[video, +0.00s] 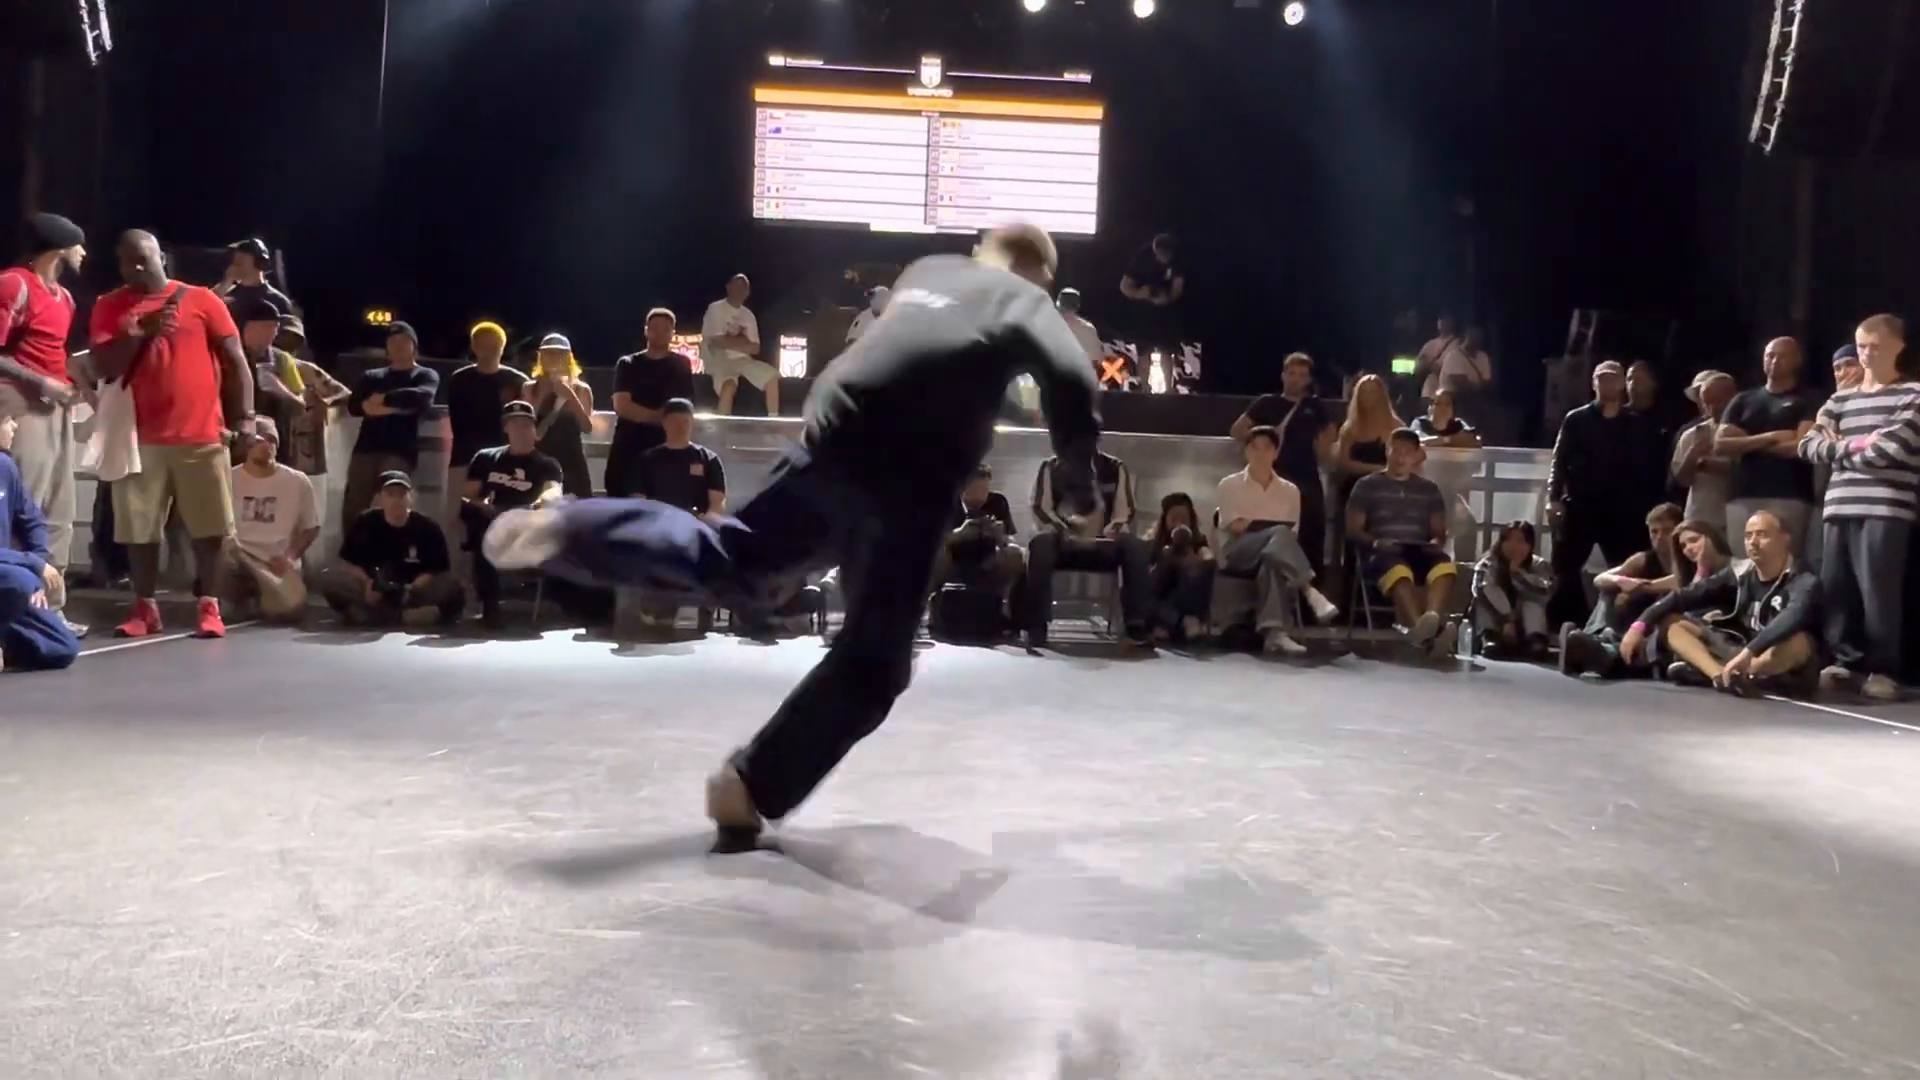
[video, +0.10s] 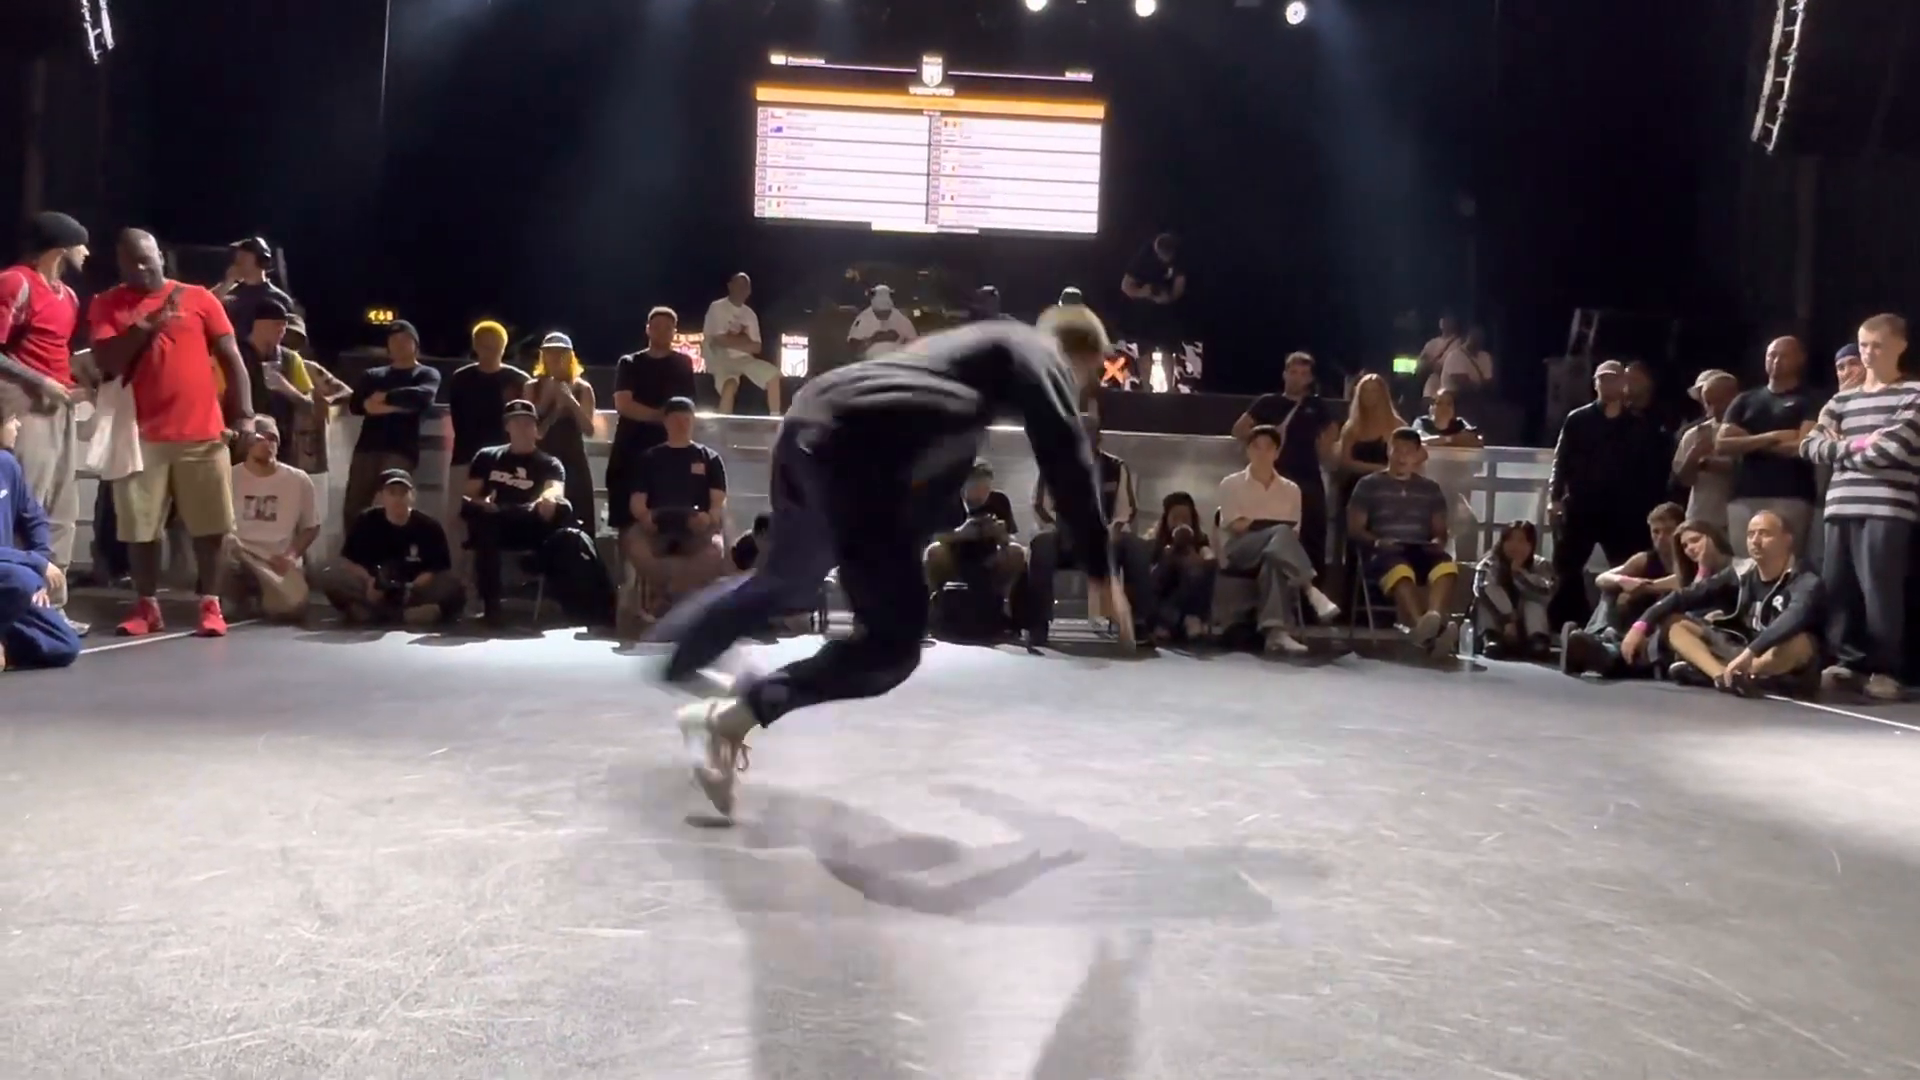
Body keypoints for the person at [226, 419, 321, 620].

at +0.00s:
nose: (267, 445)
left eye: (272, 439)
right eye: (260, 439)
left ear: (277, 444)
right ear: (245, 443)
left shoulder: (298, 481)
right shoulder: (228, 478)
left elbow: (311, 526)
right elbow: (217, 518)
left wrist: (288, 557)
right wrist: (226, 542)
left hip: (277, 562)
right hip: (238, 557)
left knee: (290, 607)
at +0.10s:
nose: (268, 444)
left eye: (273, 438)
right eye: (261, 437)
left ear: (278, 444)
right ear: (246, 441)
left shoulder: (299, 480)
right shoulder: (229, 477)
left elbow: (311, 526)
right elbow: (218, 521)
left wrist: (291, 556)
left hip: (278, 561)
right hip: (239, 555)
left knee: (292, 604)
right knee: (226, 542)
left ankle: (252, 602)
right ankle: (219, 604)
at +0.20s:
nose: (268, 443)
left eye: (273, 437)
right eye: (261, 437)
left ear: (278, 442)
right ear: (248, 441)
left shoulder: (299, 478)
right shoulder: (230, 475)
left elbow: (311, 525)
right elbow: (219, 518)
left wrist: (291, 554)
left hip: (279, 559)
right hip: (240, 553)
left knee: (292, 603)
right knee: (227, 540)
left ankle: (251, 600)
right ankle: (219, 604)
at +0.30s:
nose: (269, 441)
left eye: (274, 435)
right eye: (262, 435)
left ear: (279, 441)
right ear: (248, 440)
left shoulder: (300, 477)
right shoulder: (230, 474)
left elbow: (312, 522)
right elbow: (217, 515)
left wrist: (293, 552)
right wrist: (226, 537)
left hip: (279, 557)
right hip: (240, 551)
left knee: (294, 601)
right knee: (226, 539)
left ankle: (254, 598)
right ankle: (225, 601)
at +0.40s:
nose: (269, 440)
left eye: (274, 435)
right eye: (262, 434)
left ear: (280, 440)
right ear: (249, 440)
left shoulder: (301, 476)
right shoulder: (230, 473)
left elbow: (313, 522)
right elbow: (215, 511)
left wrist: (294, 551)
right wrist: (226, 534)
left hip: (279, 556)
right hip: (240, 551)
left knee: (295, 601)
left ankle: (254, 598)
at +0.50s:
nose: (270, 440)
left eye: (275, 434)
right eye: (263, 434)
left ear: (280, 439)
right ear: (249, 439)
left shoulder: (302, 475)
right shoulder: (231, 473)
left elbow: (314, 521)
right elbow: (219, 507)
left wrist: (296, 550)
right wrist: (227, 529)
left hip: (282, 555)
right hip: (242, 550)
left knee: (296, 600)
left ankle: (258, 595)